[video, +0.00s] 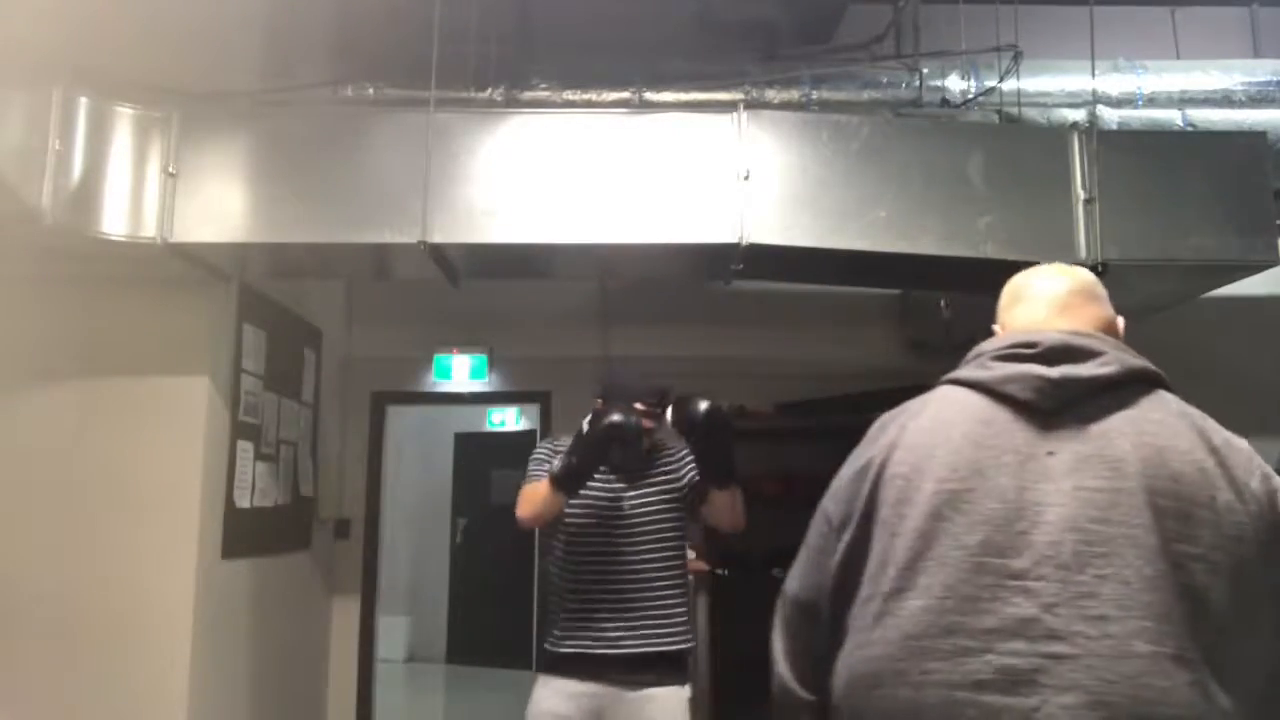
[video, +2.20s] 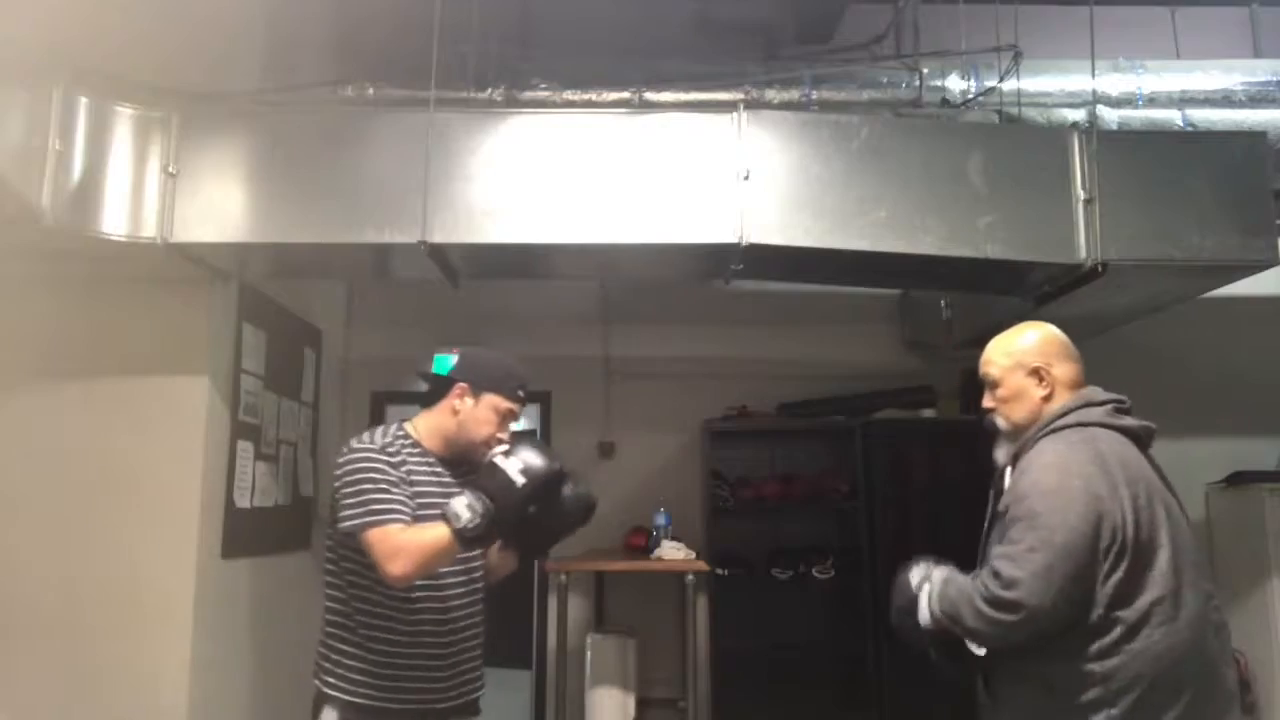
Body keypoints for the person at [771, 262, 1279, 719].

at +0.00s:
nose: (1120, 325)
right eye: (1119, 323)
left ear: (994, 336)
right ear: (1118, 331)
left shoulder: (897, 437)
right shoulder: (1223, 457)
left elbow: (801, 629)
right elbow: (1261, 654)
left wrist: (804, 709)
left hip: (905, 702)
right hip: (1154, 704)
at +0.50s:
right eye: (1092, 352)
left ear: (990, 374)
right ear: (1093, 355)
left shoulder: (928, 468)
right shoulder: (1204, 450)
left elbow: (872, 649)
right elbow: (1276, 593)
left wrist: (873, 711)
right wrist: (1261, 698)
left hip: (967, 704)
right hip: (1186, 700)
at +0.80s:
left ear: (1036, 386)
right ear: (1131, 373)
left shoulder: (981, 463)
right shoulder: (1235, 465)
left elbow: (904, 602)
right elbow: (1272, 591)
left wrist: (927, 691)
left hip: (1012, 699)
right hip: (1223, 696)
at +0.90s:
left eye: (1046, 379)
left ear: (1051, 382)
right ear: (1140, 373)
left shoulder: (1001, 454)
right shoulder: (1235, 460)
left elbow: (927, 586)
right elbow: (1275, 576)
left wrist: (954, 665)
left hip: (1032, 693)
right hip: (1229, 693)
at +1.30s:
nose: (1002, 412)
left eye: (1002, 396)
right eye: (999, 398)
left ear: (1036, 378)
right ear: (1085, 376)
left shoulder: (1020, 448)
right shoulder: (1172, 454)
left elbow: (987, 582)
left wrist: (950, 624)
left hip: (1112, 697)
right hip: (1246, 687)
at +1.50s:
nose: (957, 421)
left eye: (959, 405)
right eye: (954, 407)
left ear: (1000, 392)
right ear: (1036, 387)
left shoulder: (993, 471)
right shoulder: (1115, 454)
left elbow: (968, 614)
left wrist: (922, 639)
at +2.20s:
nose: (983, 403)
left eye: (992, 385)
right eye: (984, 388)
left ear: (1042, 382)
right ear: (1044, 383)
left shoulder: (1059, 461)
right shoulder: (1107, 444)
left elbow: (1022, 600)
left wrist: (933, 593)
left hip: (1111, 705)